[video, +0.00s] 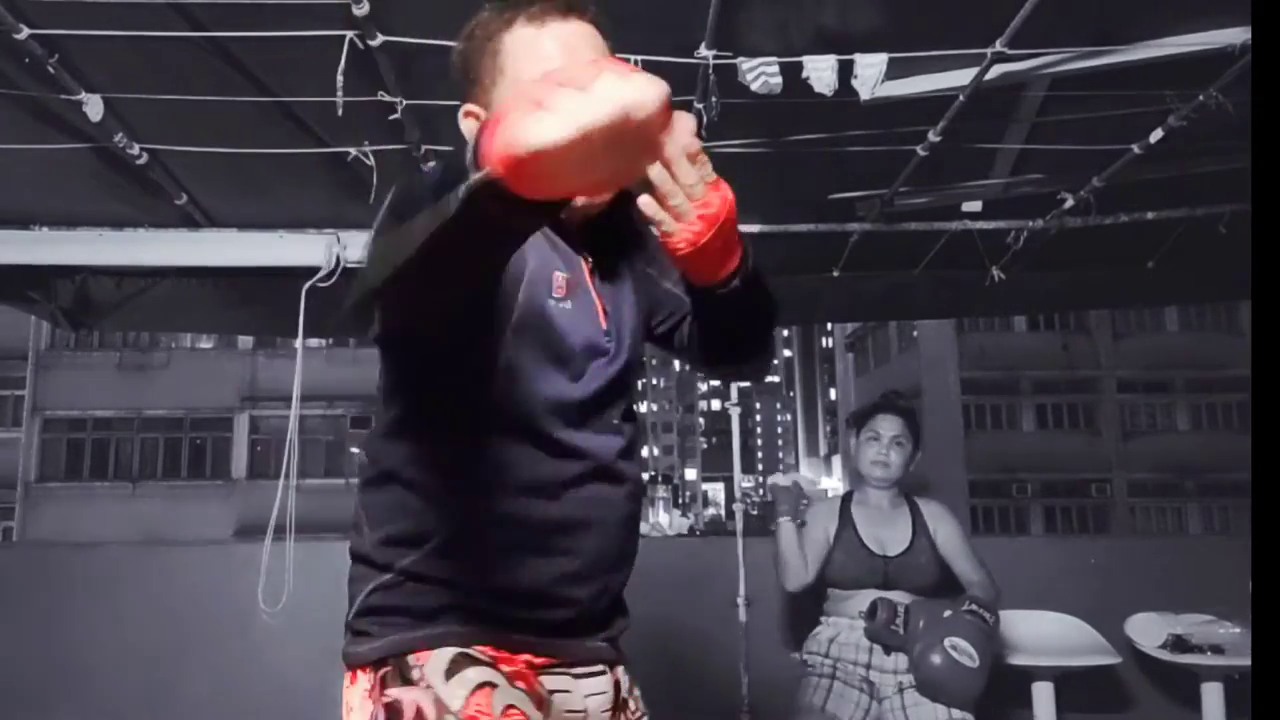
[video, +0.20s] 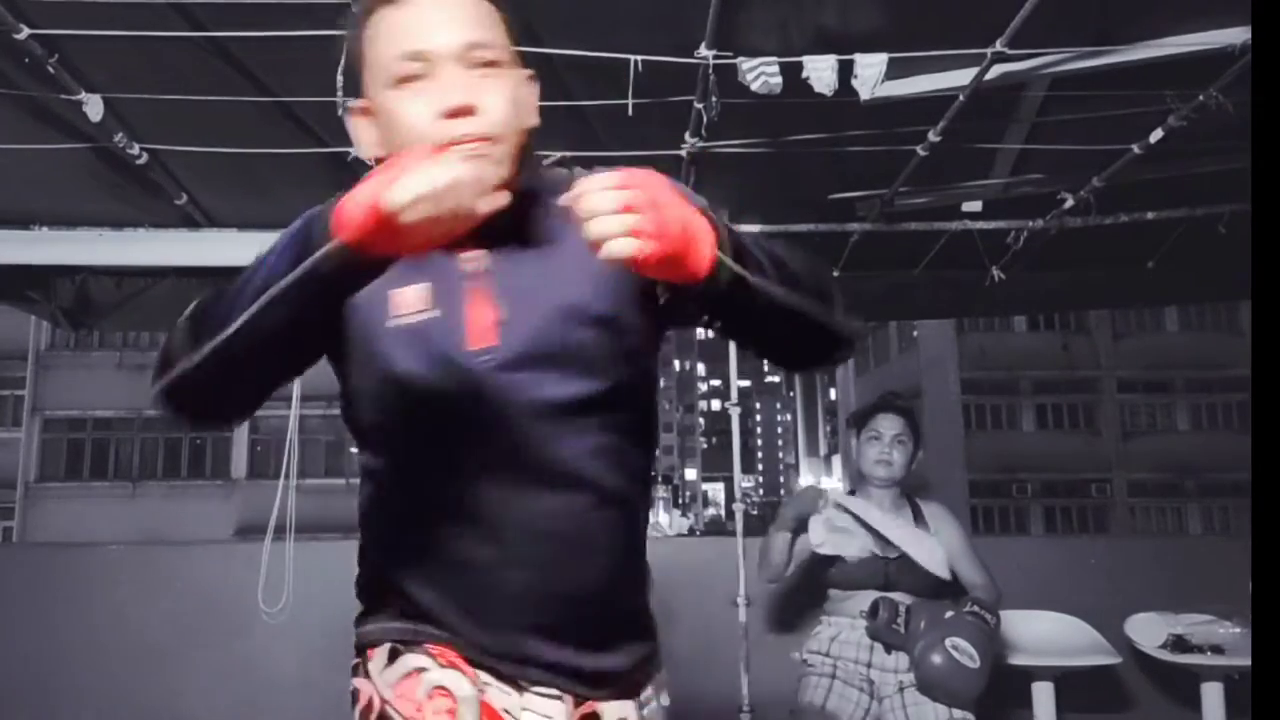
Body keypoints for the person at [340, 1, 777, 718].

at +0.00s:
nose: (582, 114)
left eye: (597, 89)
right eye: (550, 92)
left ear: (622, 97)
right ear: (478, 126)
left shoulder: (626, 242)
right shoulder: (438, 213)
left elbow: (739, 352)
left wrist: (721, 260)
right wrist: (509, 186)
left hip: (585, 651)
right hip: (437, 646)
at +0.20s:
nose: (456, 97)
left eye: (483, 64)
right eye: (413, 76)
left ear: (533, 100)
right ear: (364, 127)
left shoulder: (622, 226)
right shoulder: (344, 252)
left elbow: (823, 337)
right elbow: (194, 391)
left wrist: (709, 254)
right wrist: (348, 237)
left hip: (606, 670)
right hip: (434, 655)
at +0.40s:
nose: (407, 105)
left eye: (434, 66)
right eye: (361, 83)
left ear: (486, 91)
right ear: (318, 135)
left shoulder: (601, 200)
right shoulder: (319, 259)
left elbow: (782, 356)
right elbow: (180, 459)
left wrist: (648, 253)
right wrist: (293, 302)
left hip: (626, 661)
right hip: (441, 656)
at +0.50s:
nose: (562, 107)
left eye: (579, 76)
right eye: (514, 80)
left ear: (604, 91)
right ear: (432, 120)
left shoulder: (638, 240)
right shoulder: (377, 245)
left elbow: (808, 360)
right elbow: (282, 454)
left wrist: (725, 225)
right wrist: (425, 261)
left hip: (615, 659)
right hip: (454, 654)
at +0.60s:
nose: (674, 133)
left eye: (676, 106)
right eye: (634, 109)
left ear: (690, 111)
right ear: (539, 131)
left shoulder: (680, 260)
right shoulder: (462, 238)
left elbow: (799, 374)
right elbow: (349, 428)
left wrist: (762, 255)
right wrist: (512, 255)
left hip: (613, 647)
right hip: (469, 637)